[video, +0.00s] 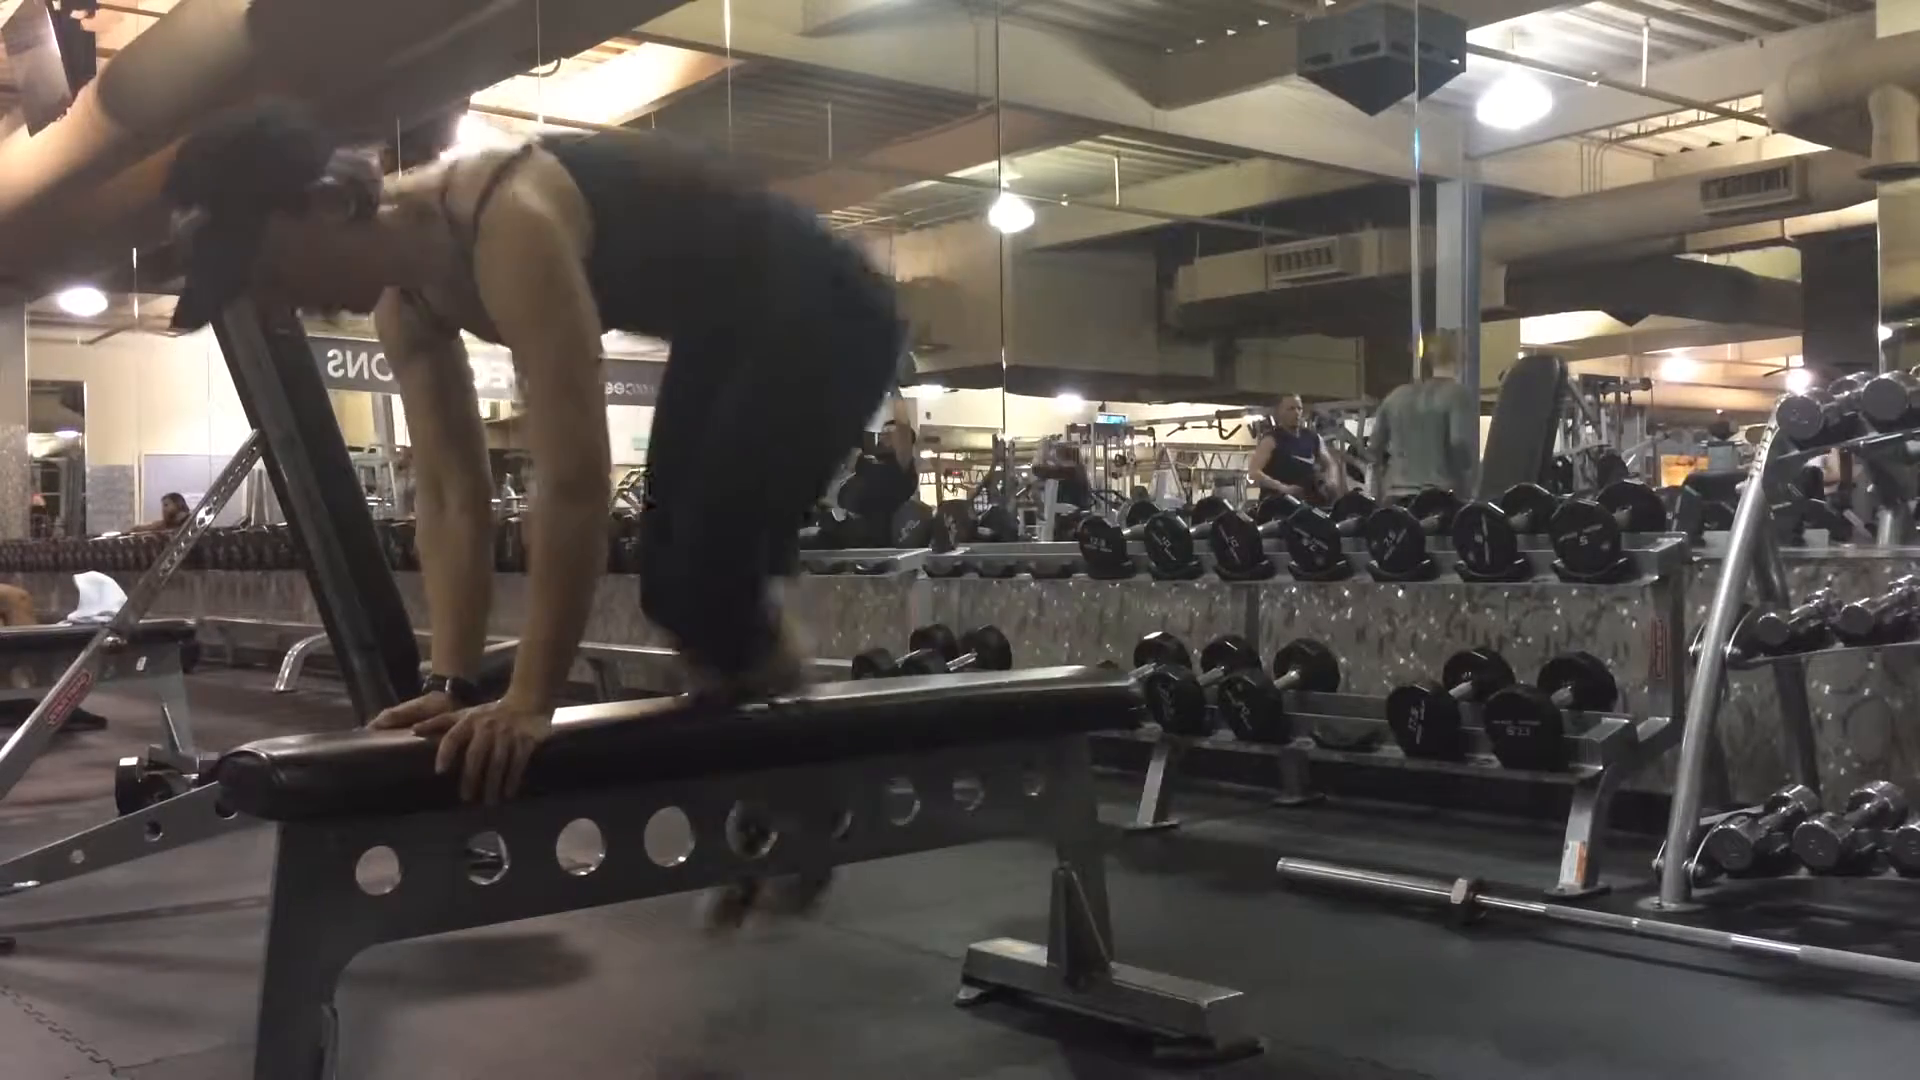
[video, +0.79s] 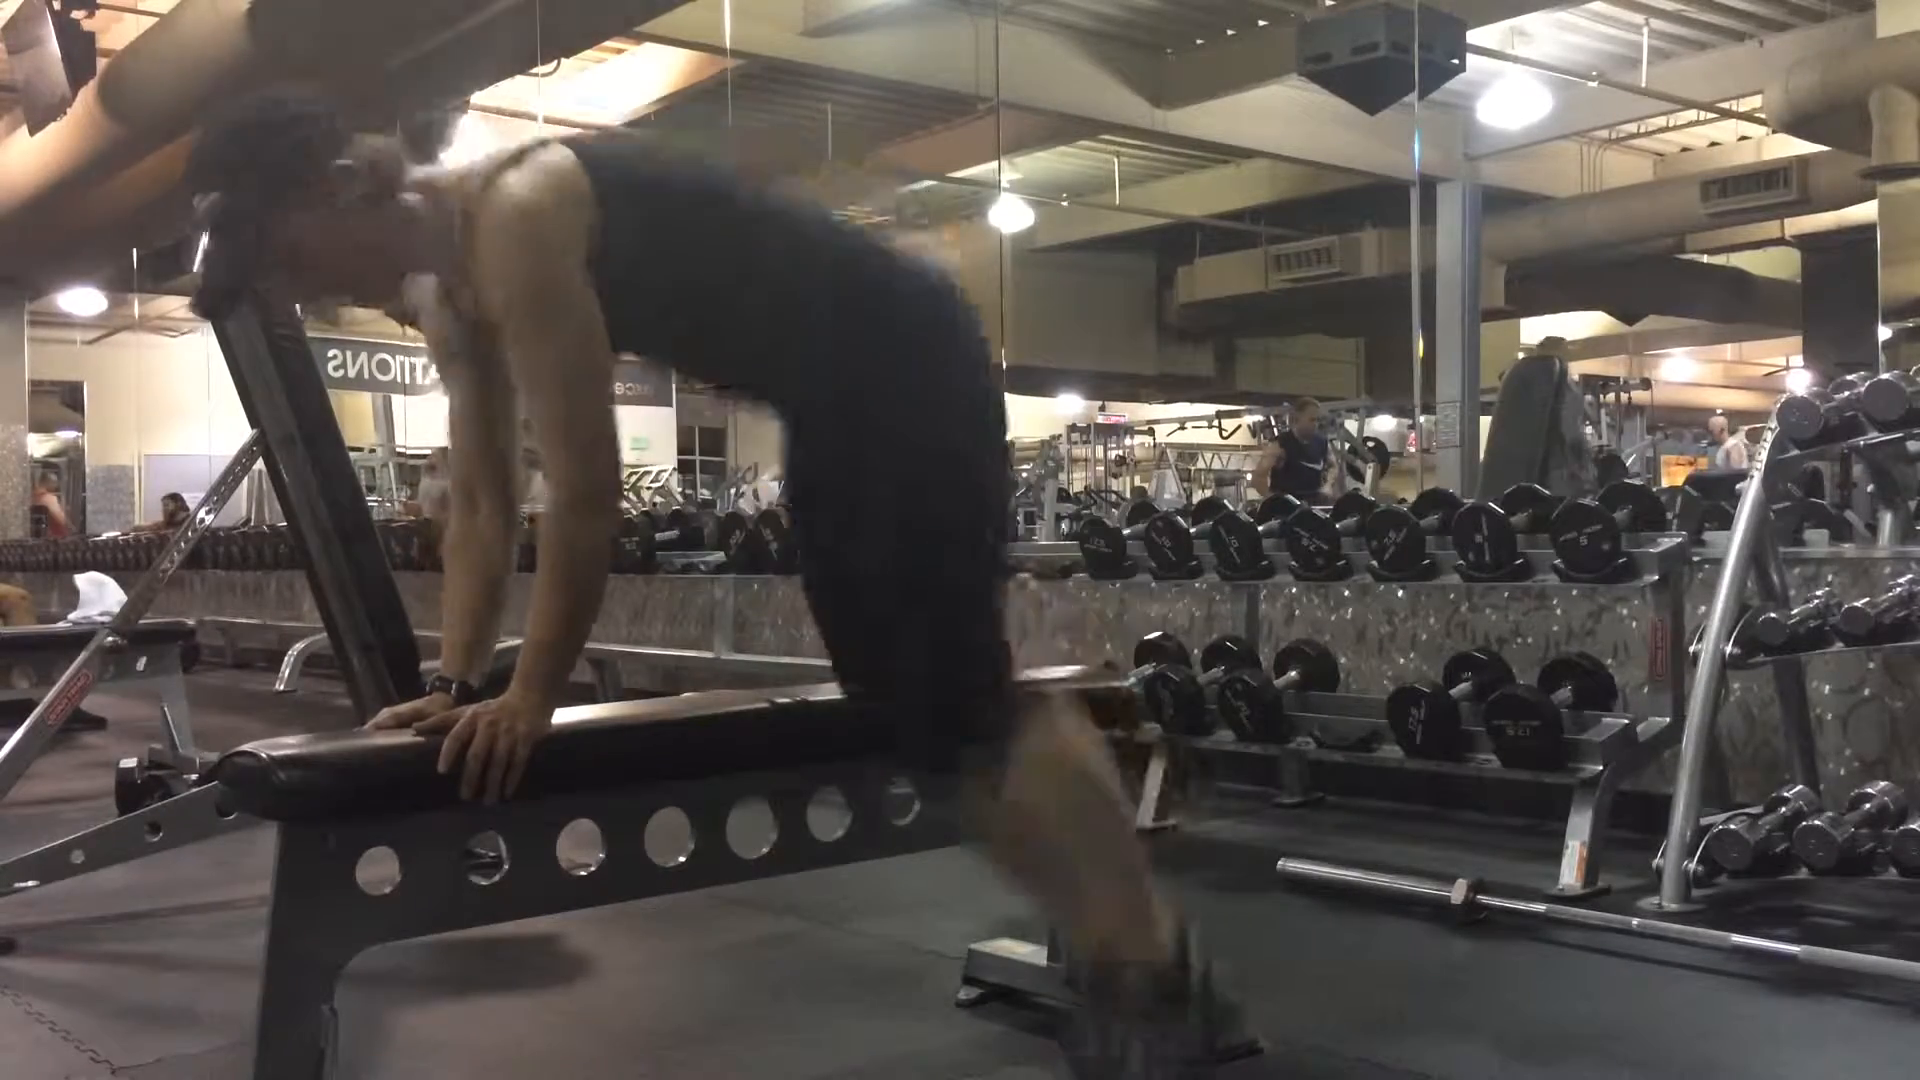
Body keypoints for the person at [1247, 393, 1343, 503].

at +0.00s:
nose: (1297, 413)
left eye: (1299, 408)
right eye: (1291, 409)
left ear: (1303, 411)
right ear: (1278, 412)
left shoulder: (1313, 438)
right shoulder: (1271, 440)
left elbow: (1330, 464)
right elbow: (1254, 472)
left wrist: (1331, 483)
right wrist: (1283, 488)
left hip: (1310, 503)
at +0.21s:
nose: (1304, 414)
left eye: (1307, 410)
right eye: (1298, 409)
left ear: (1310, 412)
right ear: (1285, 411)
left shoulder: (1316, 440)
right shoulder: (1273, 438)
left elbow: (1328, 470)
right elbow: (1243, 461)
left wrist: (1317, 482)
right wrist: (1266, 485)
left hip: (1307, 505)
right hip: (1277, 506)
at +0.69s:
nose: (1315, 424)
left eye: (1317, 420)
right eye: (1312, 420)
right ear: (1296, 419)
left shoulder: (1322, 444)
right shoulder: (1279, 443)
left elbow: (1333, 470)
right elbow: (1253, 472)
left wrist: (1322, 489)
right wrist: (1266, 499)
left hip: (1309, 509)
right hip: (1280, 509)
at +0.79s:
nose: (1315, 424)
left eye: (1316, 420)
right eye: (1312, 420)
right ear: (1296, 419)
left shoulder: (1322, 443)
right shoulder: (1280, 443)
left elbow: (1333, 467)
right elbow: (1258, 477)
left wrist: (1327, 486)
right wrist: (1272, 500)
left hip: (1315, 504)